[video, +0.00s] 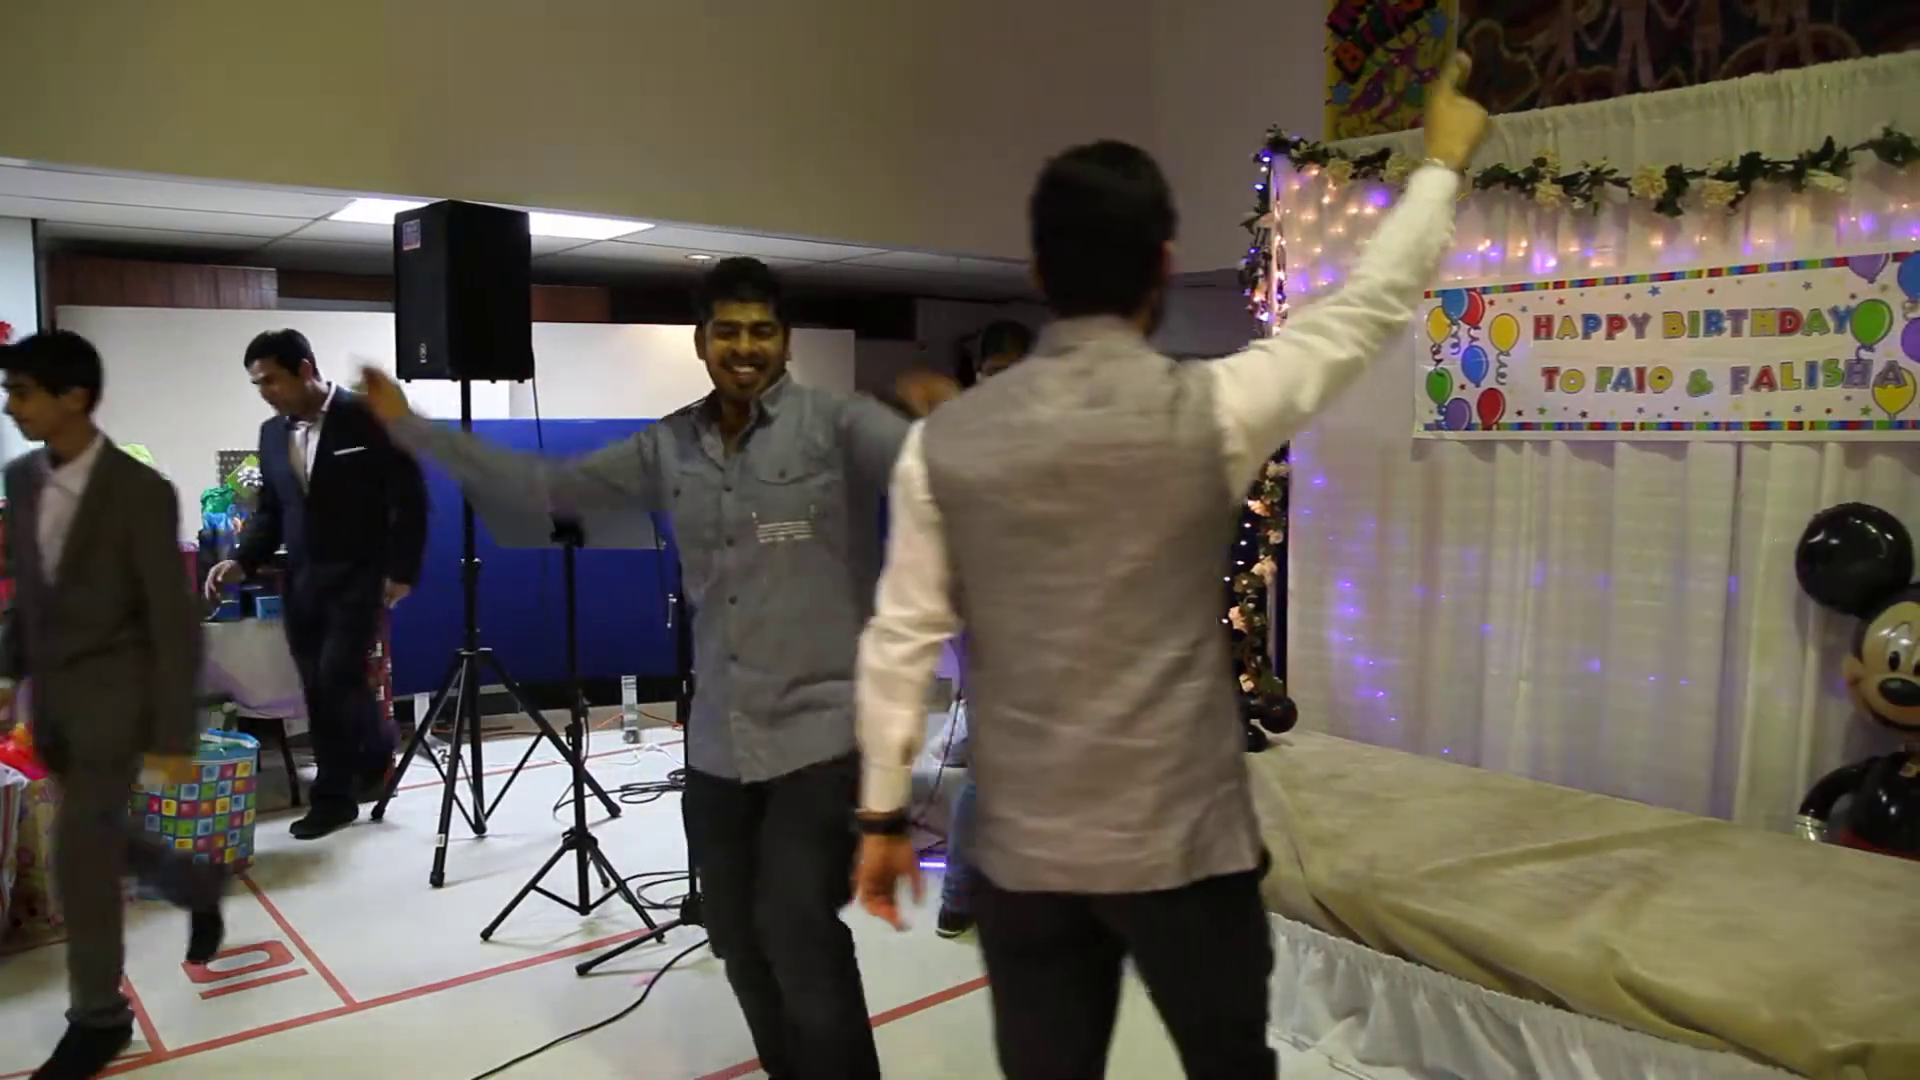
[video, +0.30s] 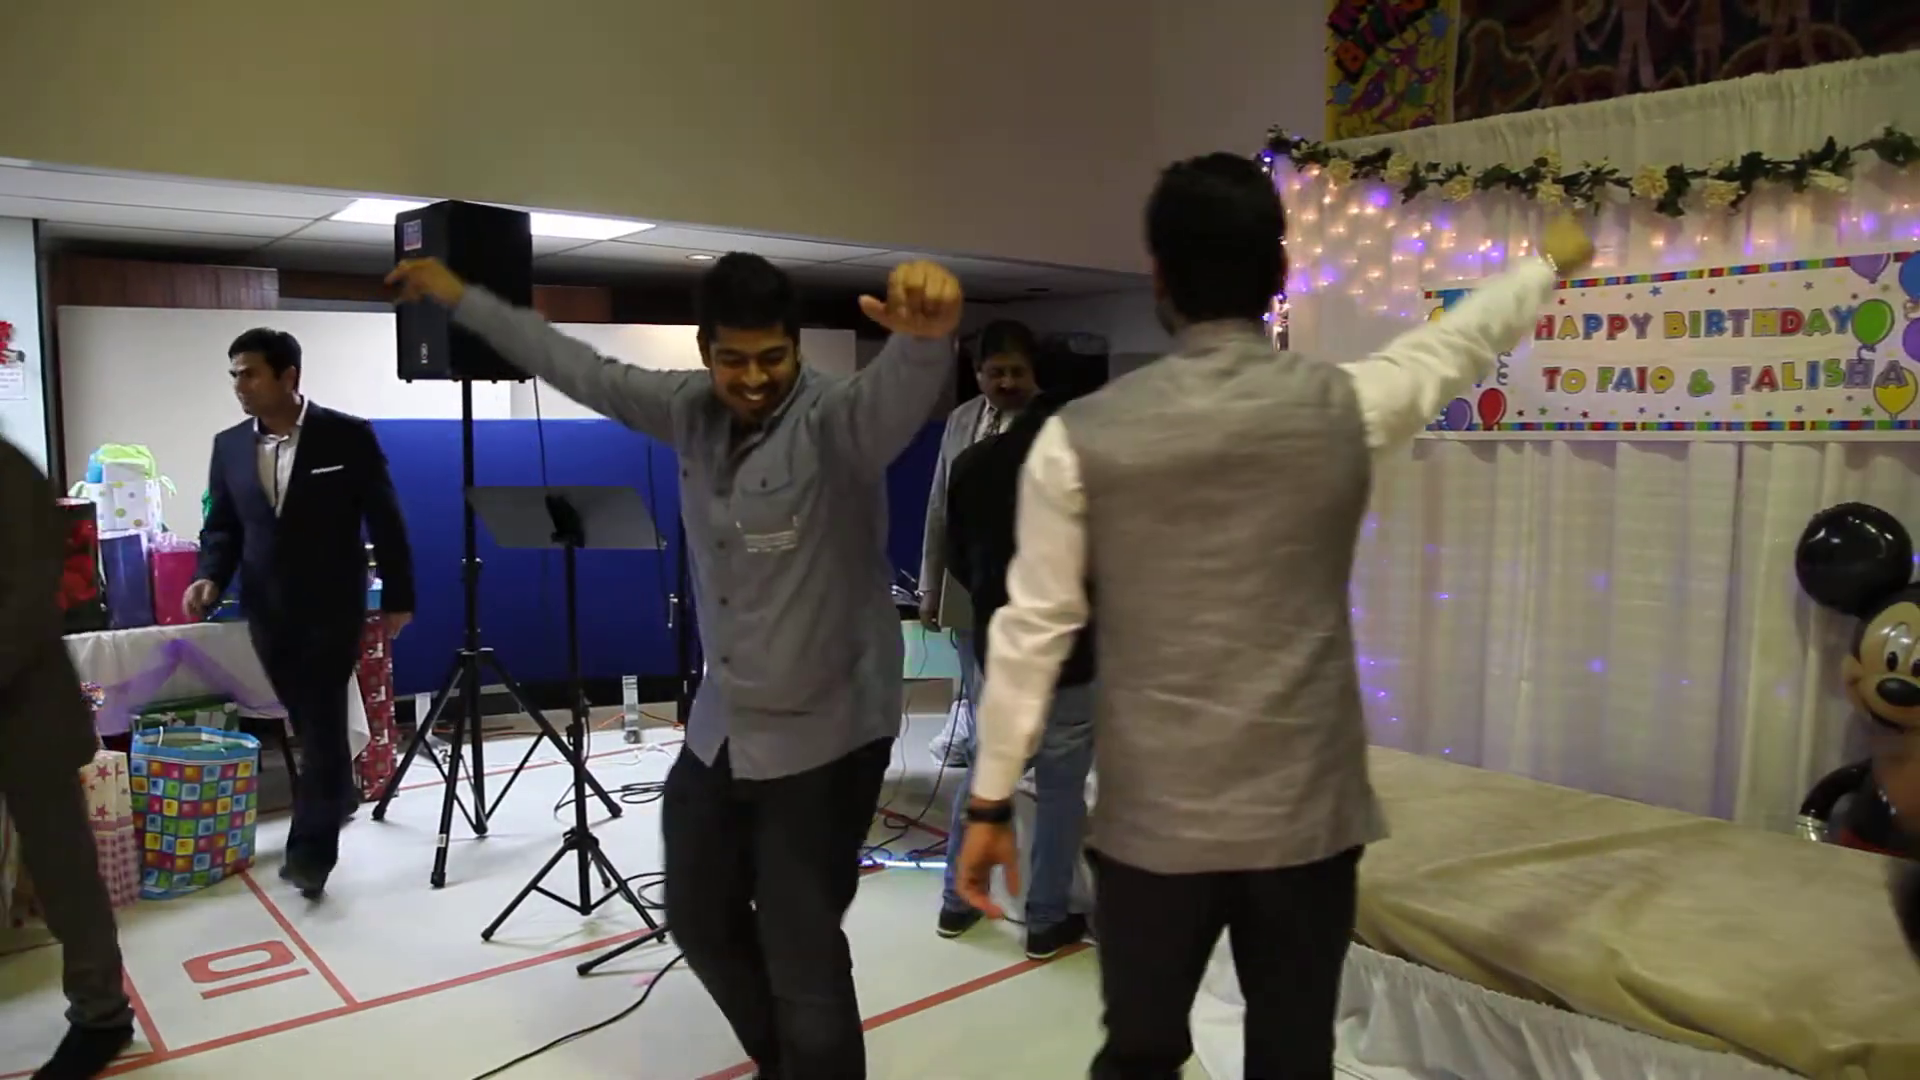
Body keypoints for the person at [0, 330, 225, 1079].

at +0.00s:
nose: (10, 405)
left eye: (23, 392)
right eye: (10, 391)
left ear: (74, 398)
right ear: (46, 401)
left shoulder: (142, 491)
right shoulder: (25, 482)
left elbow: (175, 614)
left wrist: (175, 731)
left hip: (119, 690)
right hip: (52, 694)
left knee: (80, 847)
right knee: (96, 831)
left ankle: (100, 1017)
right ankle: (199, 884)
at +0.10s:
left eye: (3, 388)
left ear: (38, 389)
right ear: (25, 391)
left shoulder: (105, 486)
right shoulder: (4, 475)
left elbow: (127, 623)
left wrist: (97, 745)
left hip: (70, 712)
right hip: (9, 710)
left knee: (66, 870)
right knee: (23, 858)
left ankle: (100, 1017)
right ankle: (139, 891)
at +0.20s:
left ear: (8, 376)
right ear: (11, 377)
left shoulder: (59, 475)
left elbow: (66, 624)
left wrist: (21, 727)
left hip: (63, 713)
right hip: (33, 710)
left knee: (69, 870)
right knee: (20, 872)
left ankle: (103, 1013)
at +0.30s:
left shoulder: (17, 475)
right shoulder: (21, 476)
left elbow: (32, 602)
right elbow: (37, 597)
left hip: (30, 711)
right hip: (29, 712)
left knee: (62, 865)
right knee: (60, 864)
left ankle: (101, 1014)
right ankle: (99, 1011)